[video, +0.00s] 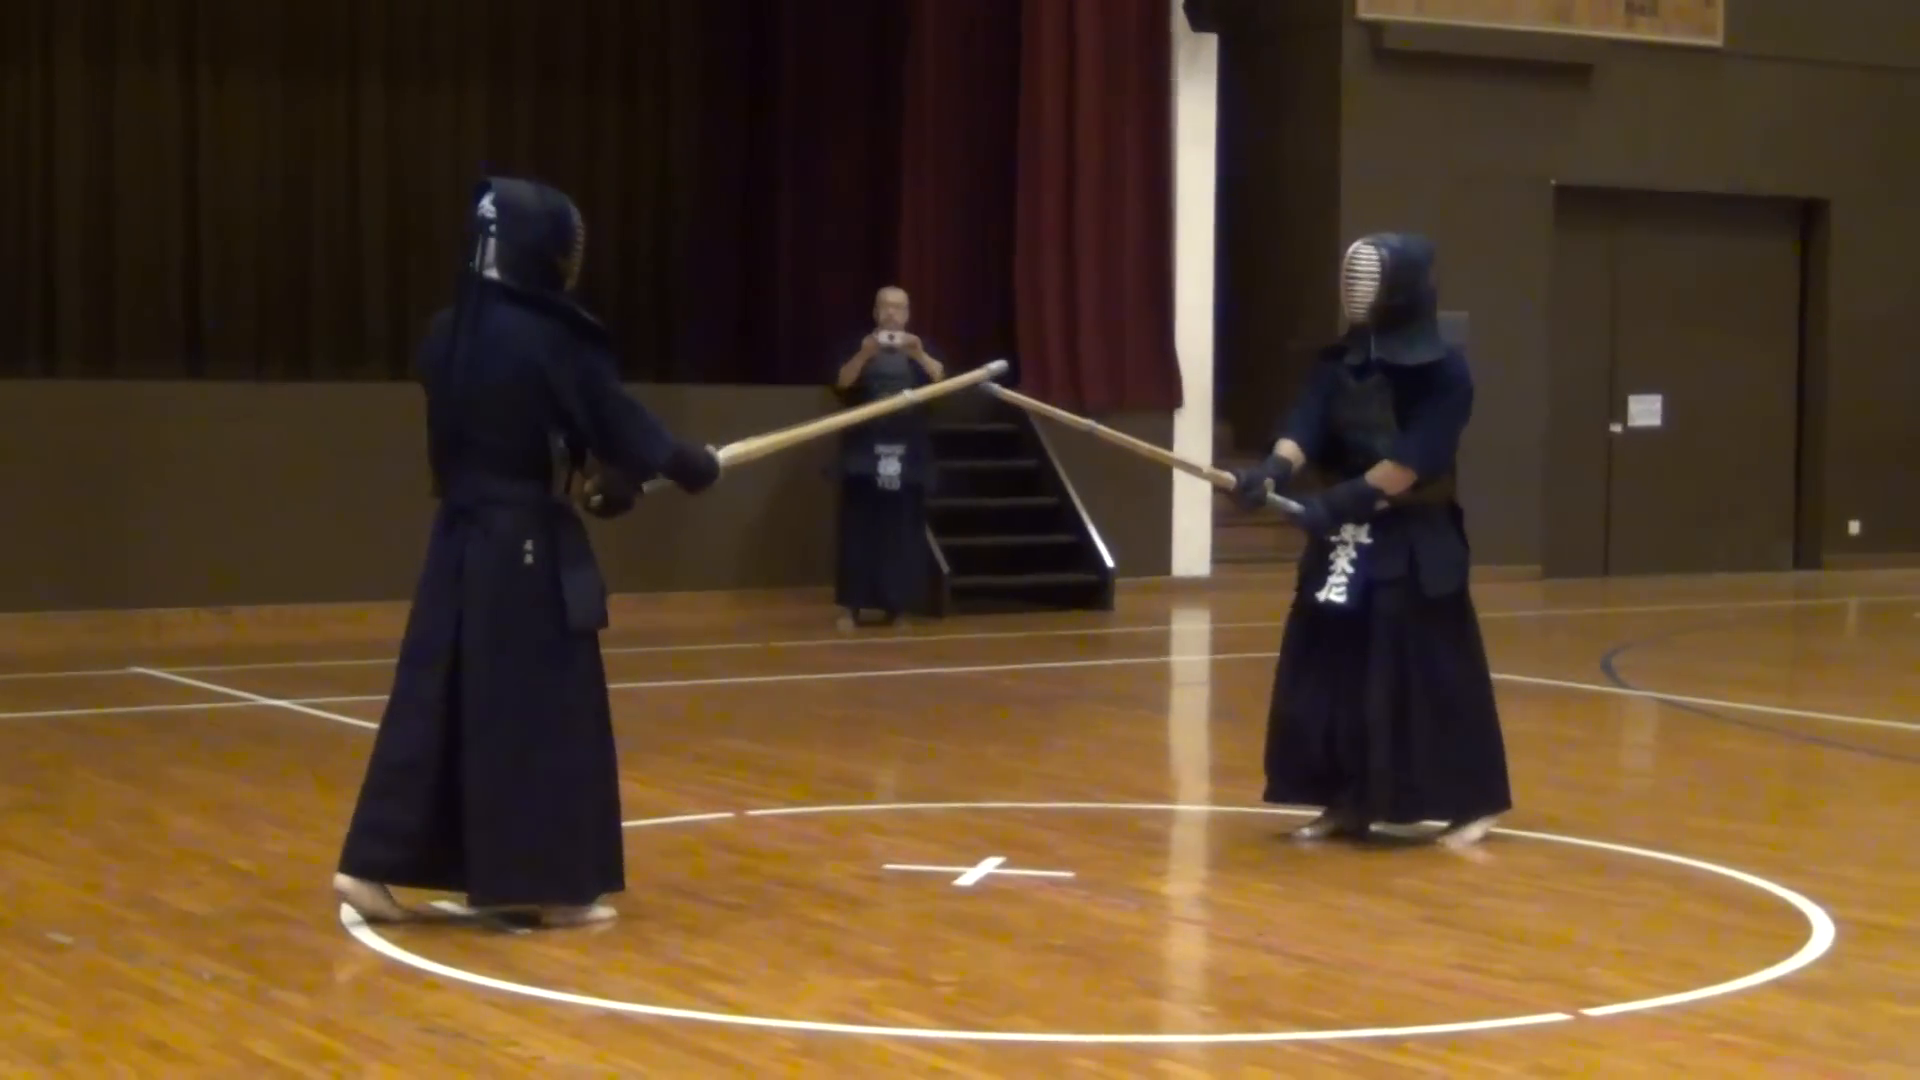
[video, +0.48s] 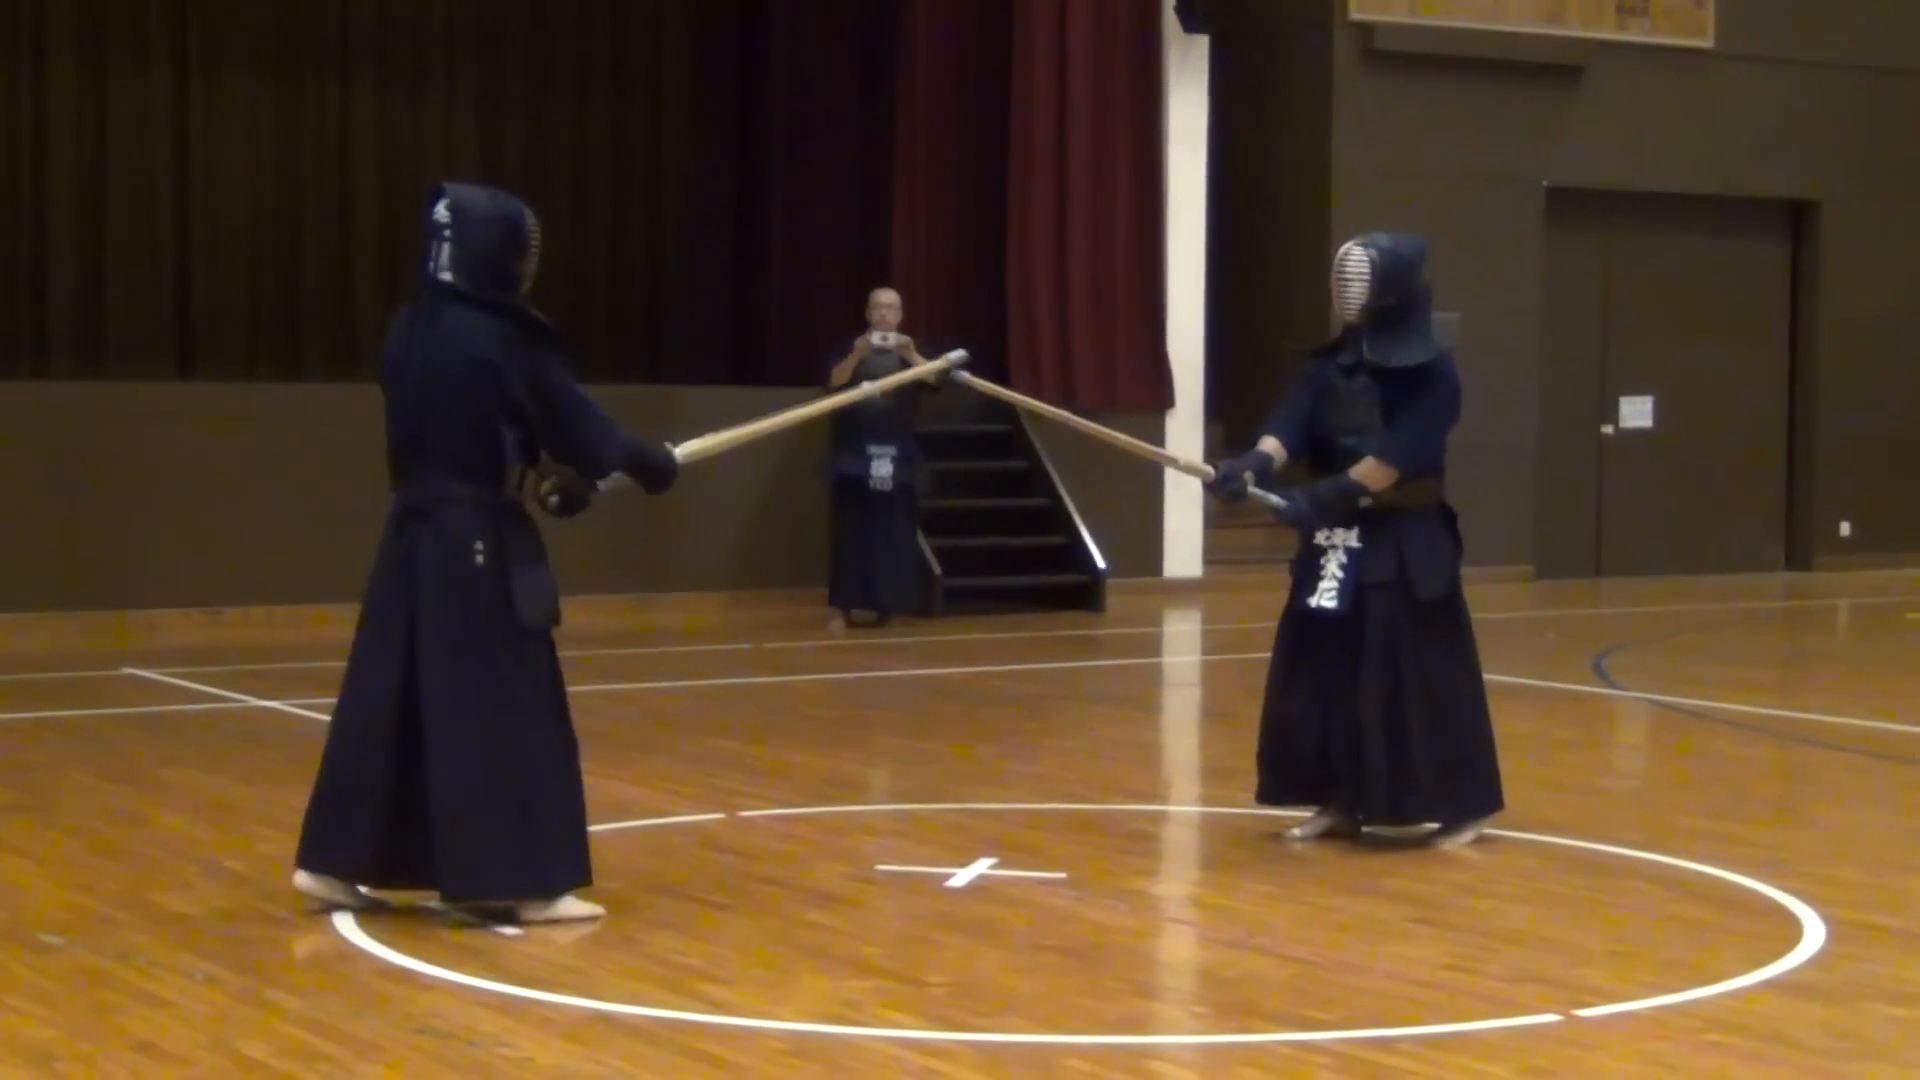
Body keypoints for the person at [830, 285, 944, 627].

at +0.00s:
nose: (892, 313)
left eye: (899, 308)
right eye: (886, 307)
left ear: (908, 313)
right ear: (876, 311)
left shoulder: (919, 350)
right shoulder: (860, 348)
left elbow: (941, 379)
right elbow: (842, 383)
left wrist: (917, 353)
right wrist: (867, 352)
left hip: (907, 448)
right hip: (864, 447)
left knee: (903, 525)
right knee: (858, 524)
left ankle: (899, 606)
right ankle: (849, 604)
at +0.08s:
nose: (890, 313)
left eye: (897, 307)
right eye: (885, 306)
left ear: (906, 312)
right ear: (874, 310)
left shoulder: (918, 348)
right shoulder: (858, 347)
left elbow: (940, 378)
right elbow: (840, 382)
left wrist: (915, 353)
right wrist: (865, 352)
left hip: (904, 445)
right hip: (863, 444)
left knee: (901, 522)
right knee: (858, 522)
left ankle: (898, 604)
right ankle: (850, 603)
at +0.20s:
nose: (889, 314)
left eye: (896, 308)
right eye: (884, 307)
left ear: (905, 312)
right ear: (873, 311)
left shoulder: (915, 349)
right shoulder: (857, 348)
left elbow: (938, 379)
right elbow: (839, 383)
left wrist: (913, 353)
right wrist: (864, 352)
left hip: (901, 445)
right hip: (861, 444)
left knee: (897, 522)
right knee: (855, 522)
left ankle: (893, 604)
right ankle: (845, 605)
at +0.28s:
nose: (888, 313)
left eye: (894, 308)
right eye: (882, 307)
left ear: (904, 313)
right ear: (871, 311)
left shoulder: (916, 349)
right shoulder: (855, 348)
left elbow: (939, 379)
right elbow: (838, 383)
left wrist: (913, 355)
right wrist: (862, 353)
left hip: (901, 445)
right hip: (859, 444)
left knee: (896, 522)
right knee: (854, 521)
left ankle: (891, 603)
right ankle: (845, 604)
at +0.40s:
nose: (885, 314)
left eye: (892, 308)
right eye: (879, 308)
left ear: (902, 313)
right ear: (869, 312)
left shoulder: (913, 349)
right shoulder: (854, 348)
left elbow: (938, 378)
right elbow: (836, 383)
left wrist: (911, 355)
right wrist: (860, 354)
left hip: (897, 445)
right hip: (856, 444)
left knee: (893, 522)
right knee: (853, 521)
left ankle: (889, 604)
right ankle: (847, 603)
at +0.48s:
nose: (884, 314)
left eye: (891, 309)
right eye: (878, 308)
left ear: (901, 314)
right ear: (868, 312)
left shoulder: (910, 352)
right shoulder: (853, 349)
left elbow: (937, 379)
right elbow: (834, 383)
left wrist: (909, 353)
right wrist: (859, 354)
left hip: (896, 446)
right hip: (855, 445)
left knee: (892, 523)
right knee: (852, 522)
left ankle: (887, 604)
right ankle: (844, 604)